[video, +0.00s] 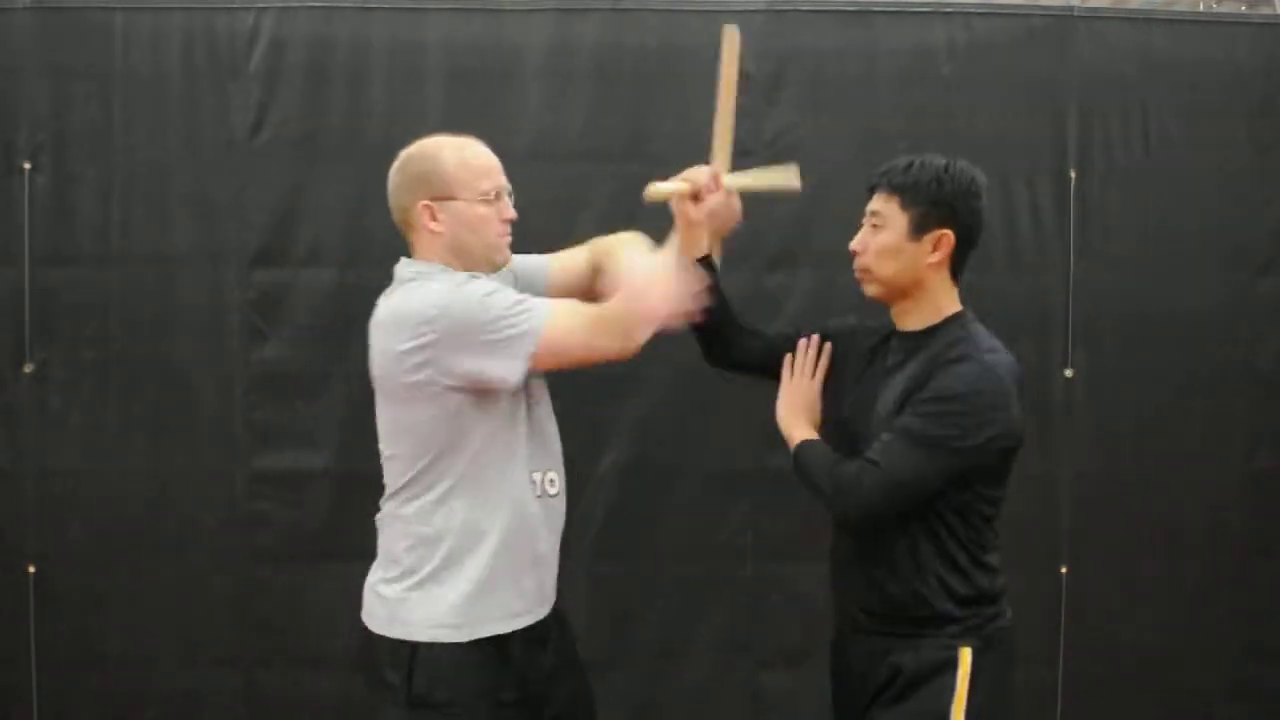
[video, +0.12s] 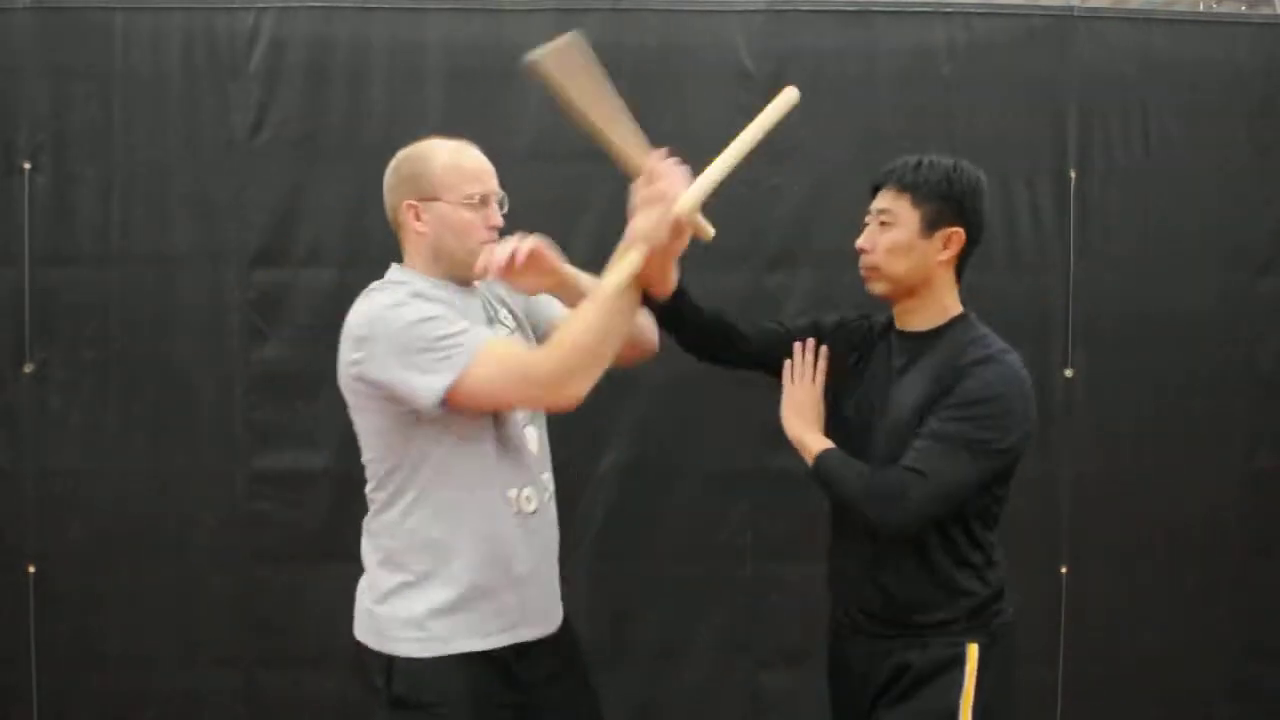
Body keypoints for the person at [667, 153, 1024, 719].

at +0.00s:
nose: (854, 245)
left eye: (875, 227)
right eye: (862, 226)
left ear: (937, 247)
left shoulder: (979, 376)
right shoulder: (861, 352)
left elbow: (860, 497)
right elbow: (729, 348)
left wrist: (799, 432)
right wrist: (694, 239)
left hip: (944, 655)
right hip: (864, 647)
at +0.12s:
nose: (862, 243)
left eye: (884, 224)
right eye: (867, 224)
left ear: (947, 245)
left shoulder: (994, 379)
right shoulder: (857, 344)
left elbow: (899, 503)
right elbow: (734, 345)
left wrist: (811, 439)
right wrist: (662, 288)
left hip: (946, 655)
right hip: (858, 646)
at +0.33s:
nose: (868, 243)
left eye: (891, 225)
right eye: (870, 226)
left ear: (954, 243)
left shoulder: (1005, 377)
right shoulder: (851, 354)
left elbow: (976, 519)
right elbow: (773, 411)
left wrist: (843, 468)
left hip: (951, 655)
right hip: (856, 646)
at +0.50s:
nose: (858, 245)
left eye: (881, 227)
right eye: (860, 229)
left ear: (942, 244)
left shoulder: (991, 369)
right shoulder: (855, 371)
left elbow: (929, 438)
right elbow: (782, 483)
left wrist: (825, 420)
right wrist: (756, 598)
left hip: (955, 654)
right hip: (863, 651)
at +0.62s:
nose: (857, 246)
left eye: (879, 227)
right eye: (862, 228)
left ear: (941, 243)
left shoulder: (968, 354)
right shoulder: (879, 361)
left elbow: (832, 332)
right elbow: (805, 469)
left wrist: (702, 308)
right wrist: (768, 540)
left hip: (950, 654)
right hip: (876, 648)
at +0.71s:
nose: (855, 244)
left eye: (878, 226)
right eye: (862, 226)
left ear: (939, 243)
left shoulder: (961, 350)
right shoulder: (890, 354)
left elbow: (818, 319)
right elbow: (814, 427)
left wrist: (705, 280)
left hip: (939, 649)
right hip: (885, 643)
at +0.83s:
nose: (859, 245)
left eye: (877, 227)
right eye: (867, 226)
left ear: (934, 246)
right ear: (930, 248)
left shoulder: (944, 348)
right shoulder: (925, 344)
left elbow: (777, 362)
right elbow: (784, 390)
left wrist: (791, 257)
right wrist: (744, 270)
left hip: (911, 647)